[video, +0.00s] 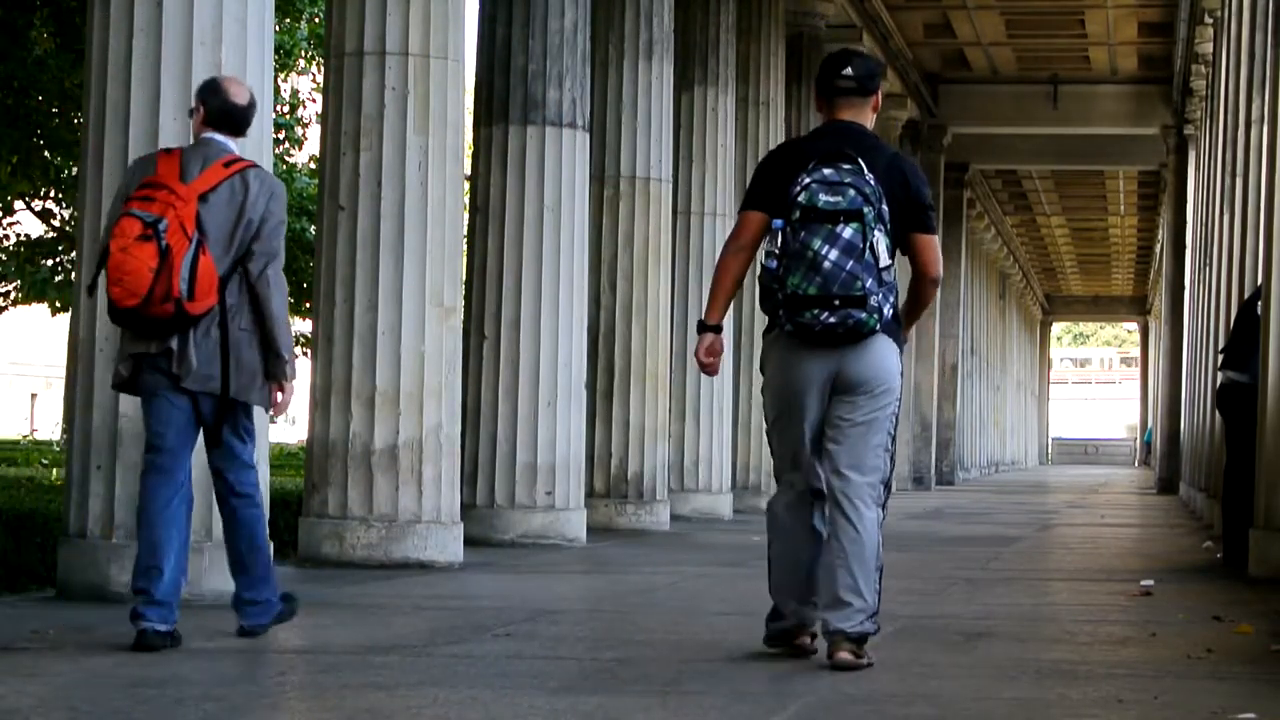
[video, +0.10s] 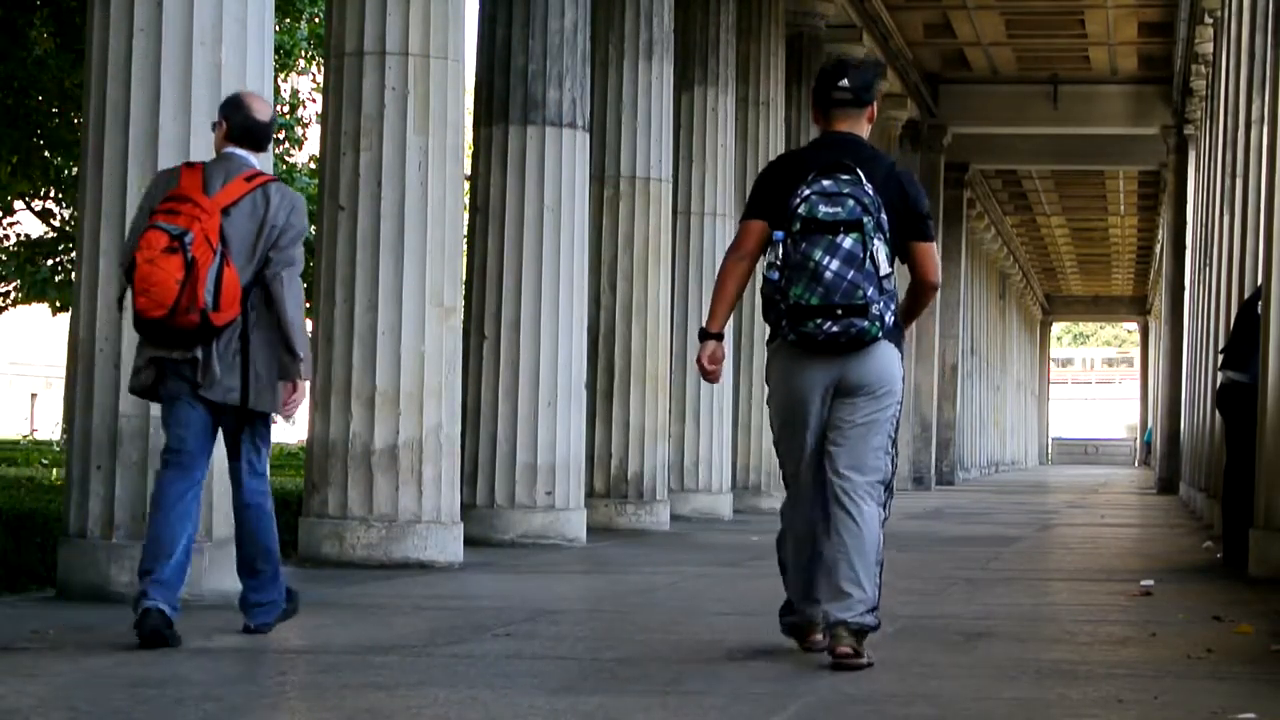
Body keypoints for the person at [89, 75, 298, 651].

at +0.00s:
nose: (193, 109)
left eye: (196, 103)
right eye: (202, 103)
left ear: (198, 116)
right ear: (246, 130)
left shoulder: (148, 169)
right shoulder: (262, 187)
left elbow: (112, 252)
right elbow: (266, 276)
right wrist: (281, 363)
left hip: (159, 350)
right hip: (229, 355)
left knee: (163, 476)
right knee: (239, 483)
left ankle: (153, 617)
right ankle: (258, 604)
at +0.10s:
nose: (216, 126)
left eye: (217, 121)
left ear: (220, 131)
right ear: (270, 140)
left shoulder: (171, 182)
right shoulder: (282, 200)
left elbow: (134, 260)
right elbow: (283, 286)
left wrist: (149, 332)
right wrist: (297, 362)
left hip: (178, 352)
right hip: (248, 358)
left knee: (180, 470)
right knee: (253, 479)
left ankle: (156, 602)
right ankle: (264, 602)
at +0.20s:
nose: (236, 129)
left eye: (239, 124)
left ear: (242, 135)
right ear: (288, 148)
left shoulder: (193, 185)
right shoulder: (304, 206)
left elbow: (157, 264)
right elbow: (309, 288)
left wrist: (185, 330)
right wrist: (321, 365)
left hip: (202, 355)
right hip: (271, 362)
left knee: (206, 469)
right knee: (270, 485)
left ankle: (175, 561)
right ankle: (265, 608)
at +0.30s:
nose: (251, 131)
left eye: (253, 125)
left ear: (257, 132)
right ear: (301, 147)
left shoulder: (207, 182)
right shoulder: (319, 201)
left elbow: (175, 262)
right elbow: (328, 287)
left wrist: (207, 323)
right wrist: (347, 366)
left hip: (222, 353)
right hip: (287, 359)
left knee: (229, 461)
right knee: (279, 483)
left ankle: (205, 549)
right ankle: (265, 608)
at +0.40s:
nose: (262, 131)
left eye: (265, 125)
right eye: (273, 124)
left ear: (269, 132)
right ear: (313, 144)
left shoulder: (224, 182)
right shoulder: (333, 200)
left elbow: (193, 262)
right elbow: (353, 288)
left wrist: (229, 310)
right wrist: (365, 356)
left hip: (239, 348)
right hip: (299, 352)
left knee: (250, 460)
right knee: (281, 478)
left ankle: (237, 586)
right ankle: (265, 606)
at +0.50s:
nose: (276, 141)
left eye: (279, 136)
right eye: (283, 134)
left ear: (285, 146)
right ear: (327, 157)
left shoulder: (240, 195)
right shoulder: (345, 210)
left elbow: (208, 273)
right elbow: (371, 288)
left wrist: (241, 320)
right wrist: (380, 349)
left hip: (251, 351)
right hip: (311, 355)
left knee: (279, 471)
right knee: (284, 476)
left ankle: (288, 587)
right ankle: (264, 601)